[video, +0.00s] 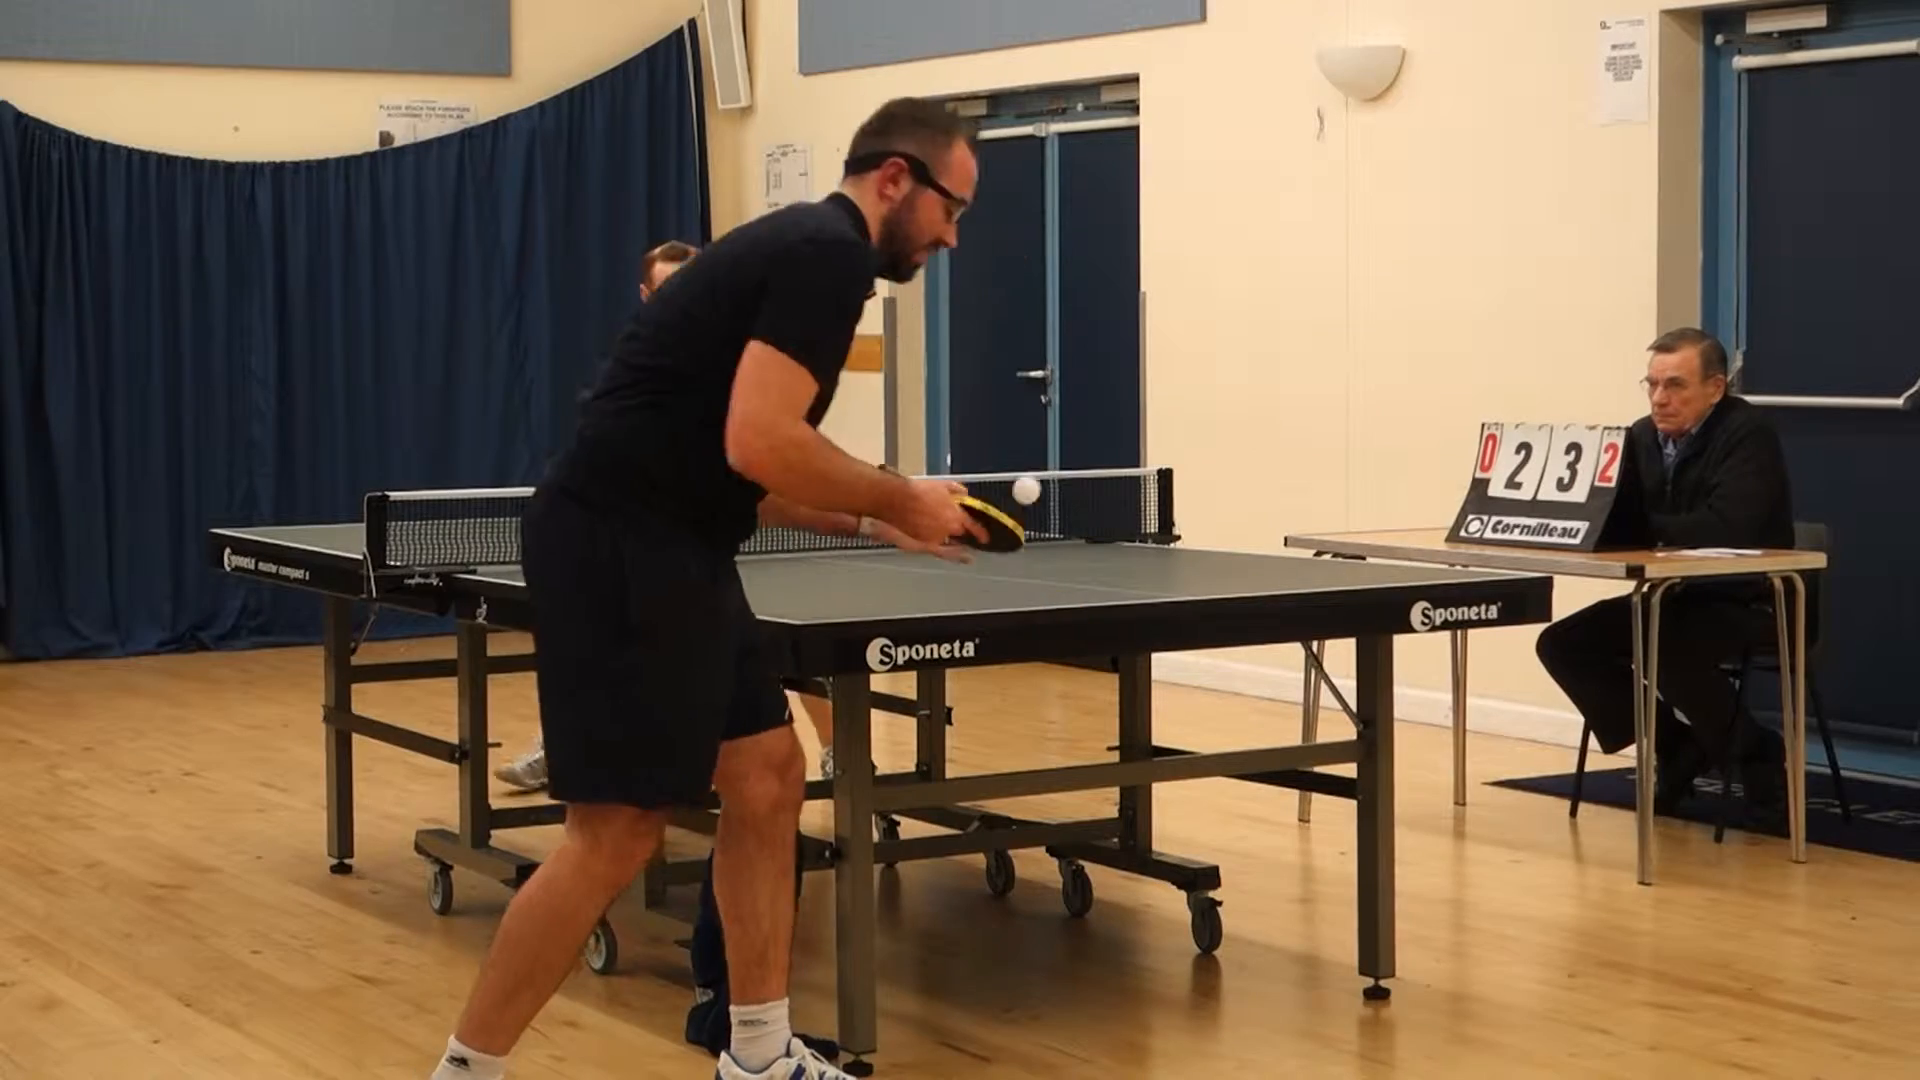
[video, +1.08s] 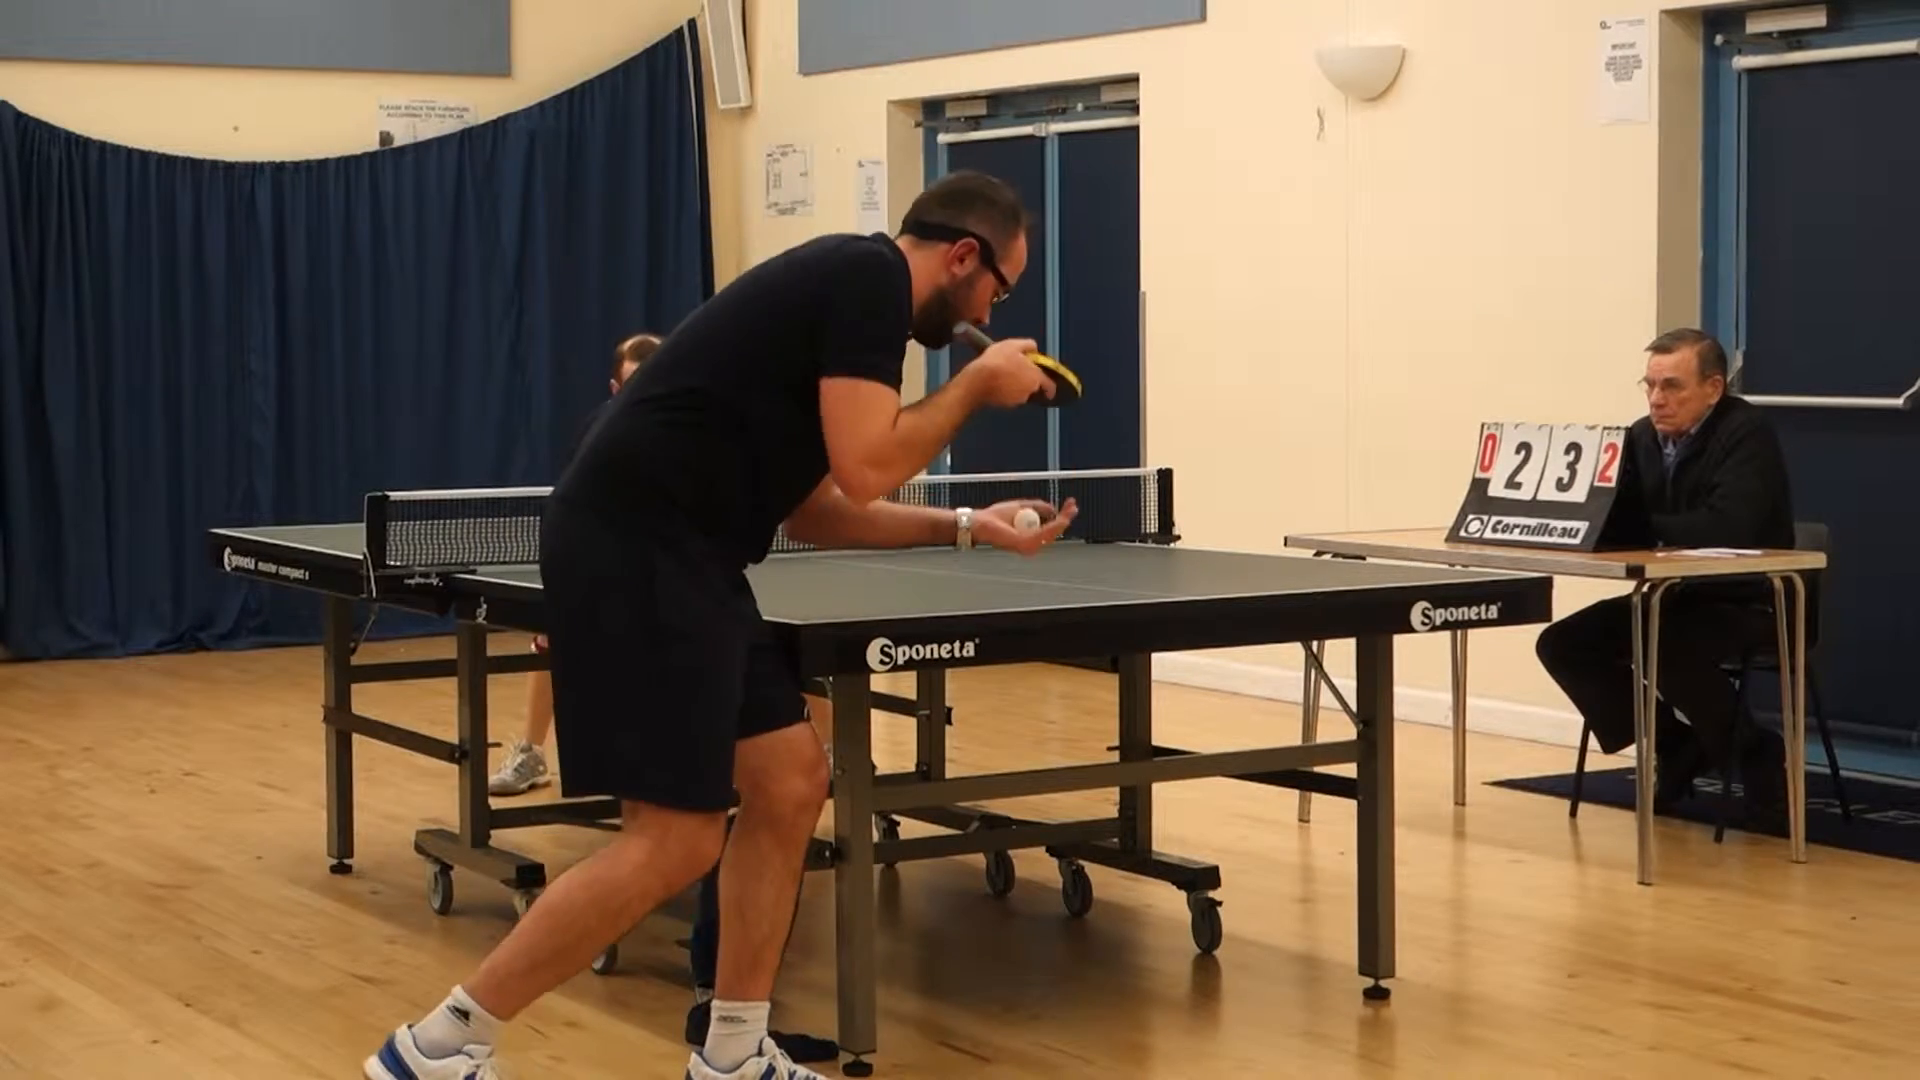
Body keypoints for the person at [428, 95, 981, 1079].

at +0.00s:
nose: (953, 233)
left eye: (961, 211)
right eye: (952, 204)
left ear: (886, 183)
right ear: (891, 180)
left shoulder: (813, 249)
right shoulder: (825, 249)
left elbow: (757, 467)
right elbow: (760, 440)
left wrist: (885, 511)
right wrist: (902, 497)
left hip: (676, 544)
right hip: (612, 539)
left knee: (767, 770)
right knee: (617, 829)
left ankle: (761, 1049)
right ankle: (467, 1065)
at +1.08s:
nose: (995, 308)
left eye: (1004, 291)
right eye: (1000, 284)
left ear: (939, 243)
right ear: (964, 251)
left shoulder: (842, 312)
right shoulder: (867, 275)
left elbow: (820, 519)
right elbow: (868, 463)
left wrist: (971, 523)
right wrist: (976, 384)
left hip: (693, 553)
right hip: (629, 543)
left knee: (790, 780)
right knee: (677, 837)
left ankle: (732, 1056)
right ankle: (436, 1046)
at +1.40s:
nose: (914, 293)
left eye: (929, 283)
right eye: (924, 268)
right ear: (903, 206)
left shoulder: (820, 328)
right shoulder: (793, 212)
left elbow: (811, 494)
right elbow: (820, 298)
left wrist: (974, 525)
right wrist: (934, 217)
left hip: (687, 563)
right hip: (606, 551)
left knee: (788, 775)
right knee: (630, 848)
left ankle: (730, 1055)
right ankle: (395, 1064)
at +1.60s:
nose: (925, 295)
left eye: (934, 288)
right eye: (936, 277)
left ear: (894, 247)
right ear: (916, 239)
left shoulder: (806, 299)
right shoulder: (792, 235)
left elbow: (765, 480)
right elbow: (812, 173)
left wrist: (925, 501)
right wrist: (951, 220)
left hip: (650, 543)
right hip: (587, 533)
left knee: (753, 768)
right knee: (595, 838)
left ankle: (736, 1051)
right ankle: (383, 1066)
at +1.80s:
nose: (926, 477)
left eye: (942, 467)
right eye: (944, 456)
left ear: (914, 419)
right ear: (933, 412)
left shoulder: (786, 412)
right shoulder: (882, 347)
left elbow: (693, 561)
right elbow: (1057, 393)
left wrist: (804, 586)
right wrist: (1000, 400)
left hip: (604, 562)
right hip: (621, 565)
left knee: (774, 770)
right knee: (594, 877)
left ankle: (766, 1051)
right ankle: (382, 1065)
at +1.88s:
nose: (963, 426)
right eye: (966, 408)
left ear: (871, 354)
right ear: (950, 380)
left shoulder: (759, 368)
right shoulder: (931, 393)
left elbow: (584, 473)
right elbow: (1020, 565)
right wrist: (1094, 473)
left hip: (614, 574)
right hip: (710, 608)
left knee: (787, 752)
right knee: (628, 890)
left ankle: (760, 1057)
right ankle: (401, 1063)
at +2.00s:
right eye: (984, 339)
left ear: (884, 307)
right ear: (976, 330)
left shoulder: (800, 330)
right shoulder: (986, 381)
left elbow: (636, 400)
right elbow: (1022, 580)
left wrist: (711, 497)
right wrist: (1085, 570)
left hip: (711, 567)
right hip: (831, 589)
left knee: (792, 814)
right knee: (886, 872)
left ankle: (765, 1055)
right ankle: (659, 1012)